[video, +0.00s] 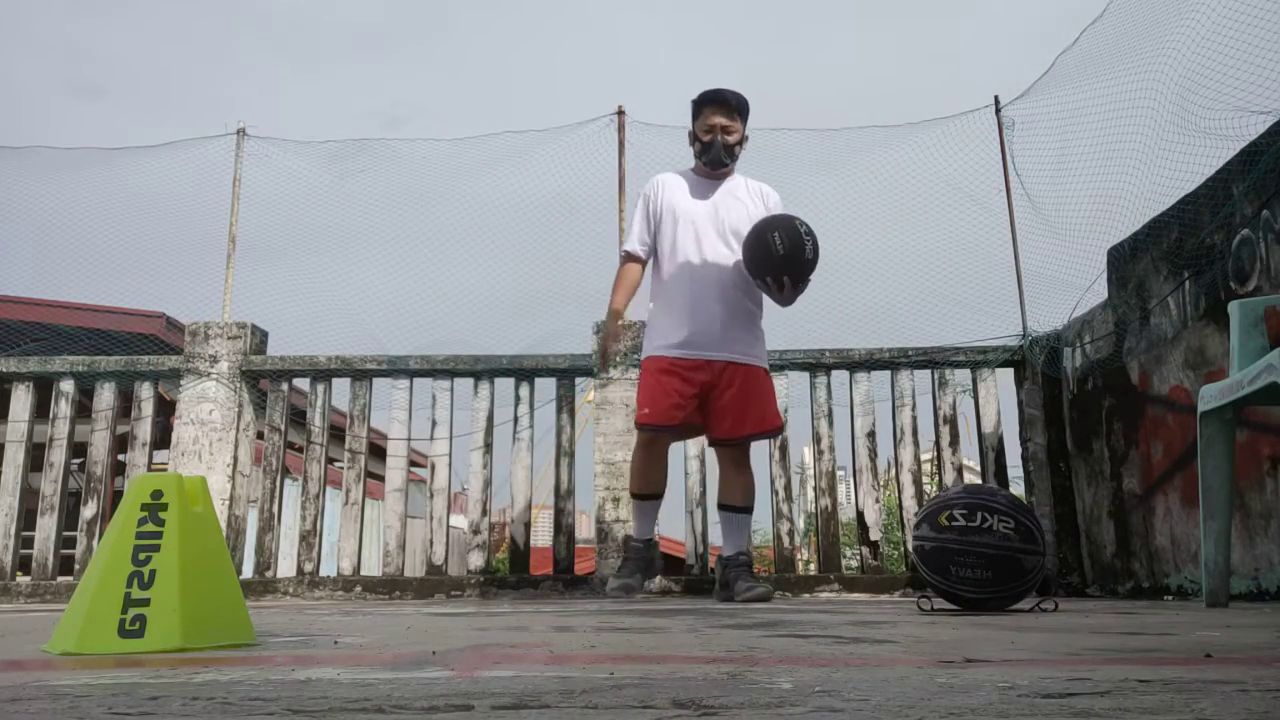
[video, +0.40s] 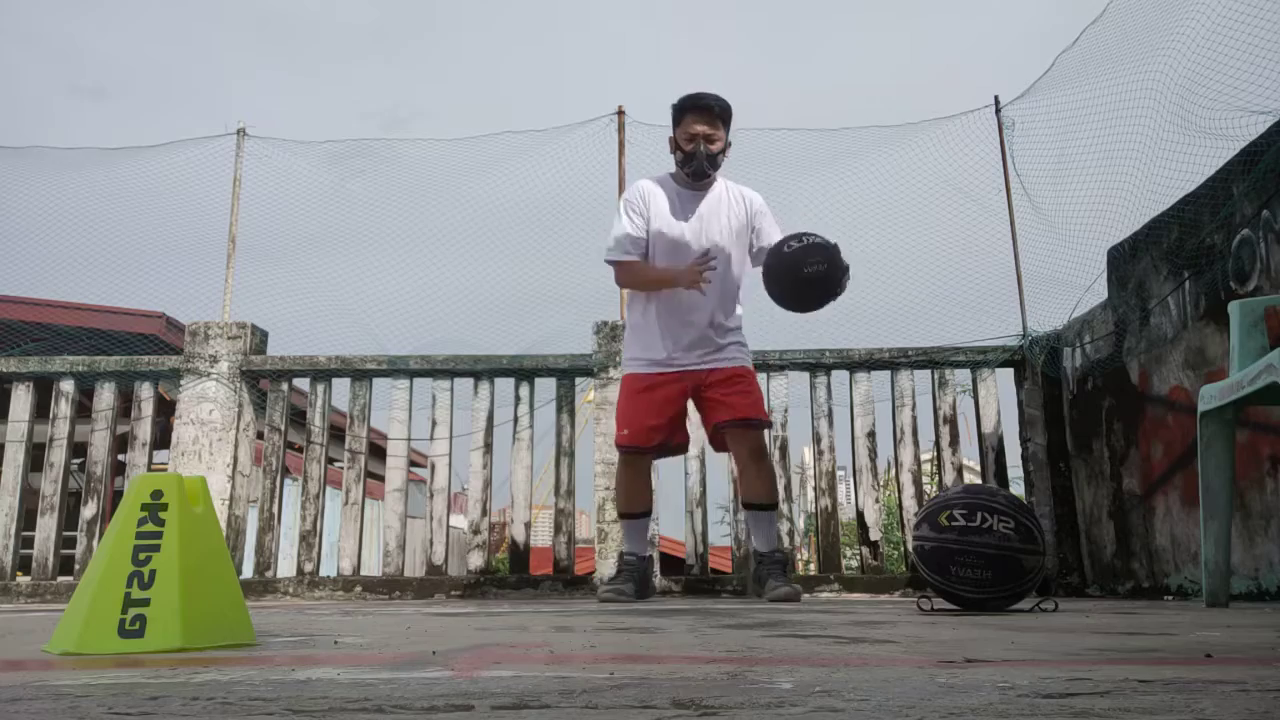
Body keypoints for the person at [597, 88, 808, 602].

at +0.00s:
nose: (719, 139)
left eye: (729, 132)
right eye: (710, 131)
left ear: (743, 138)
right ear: (692, 134)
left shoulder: (762, 197)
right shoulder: (662, 189)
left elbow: (781, 279)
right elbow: (634, 257)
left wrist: (787, 291)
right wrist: (613, 316)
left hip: (738, 351)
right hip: (669, 348)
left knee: (734, 451)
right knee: (651, 436)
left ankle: (736, 567)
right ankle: (640, 556)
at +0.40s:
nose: (700, 146)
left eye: (710, 138)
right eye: (690, 138)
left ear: (725, 143)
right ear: (674, 141)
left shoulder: (746, 202)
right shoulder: (643, 196)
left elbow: (781, 256)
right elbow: (623, 270)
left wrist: (814, 264)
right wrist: (674, 275)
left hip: (723, 353)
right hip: (651, 357)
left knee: (750, 437)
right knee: (633, 451)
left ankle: (769, 564)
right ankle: (634, 566)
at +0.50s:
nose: (705, 154)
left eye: (715, 146)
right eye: (695, 145)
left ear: (731, 152)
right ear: (678, 149)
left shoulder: (751, 213)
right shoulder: (649, 204)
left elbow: (775, 287)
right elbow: (641, 284)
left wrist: (797, 308)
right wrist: (697, 309)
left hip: (725, 358)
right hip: (651, 356)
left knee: (750, 442)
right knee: (612, 431)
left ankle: (766, 566)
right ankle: (619, 557)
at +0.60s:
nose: (702, 162)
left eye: (712, 154)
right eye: (692, 153)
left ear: (728, 161)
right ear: (675, 157)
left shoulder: (747, 221)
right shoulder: (647, 212)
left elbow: (751, 300)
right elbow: (651, 293)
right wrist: (686, 352)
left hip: (722, 358)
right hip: (651, 353)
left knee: (749, 450)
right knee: (597, 432)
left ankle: (766, 566)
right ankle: (585, 555)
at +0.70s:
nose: (688, 166)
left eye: (699, 158)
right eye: (678, 157)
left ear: (715, 166)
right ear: (661, 162)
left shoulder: (732, 226)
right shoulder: (632, 220)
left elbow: (729, 311)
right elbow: (630, 305)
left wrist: (708, 376)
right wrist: (639, 378)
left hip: (711, 369)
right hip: (641, 371)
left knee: (747, 451)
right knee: (586, 454)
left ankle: (766, 567)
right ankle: (556, 567)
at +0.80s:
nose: (661, 174)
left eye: (673, 164)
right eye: (651, 164)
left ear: (691, 171)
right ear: (637, 169)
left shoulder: (712, 230)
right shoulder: (608, 232)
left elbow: (719, 315)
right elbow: (590, 310)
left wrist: (695, 376)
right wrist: (569, 379)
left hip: (700, 371)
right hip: (625, 372)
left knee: (735, 452)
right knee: (574, 443)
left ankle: (765, 568)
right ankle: (557, 568)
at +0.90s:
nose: (639, 173)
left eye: (651, 164)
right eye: (629, 162)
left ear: (668, 170)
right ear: (613, 167)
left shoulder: (695, 228)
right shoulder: (592, 228)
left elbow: (722, 308)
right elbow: (566, 300)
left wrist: (705, 368)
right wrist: (524, 336)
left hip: (687, 372)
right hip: (613, 373)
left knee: (724, 455)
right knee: (564, 446)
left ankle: (763, 568)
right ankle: (556, 569)